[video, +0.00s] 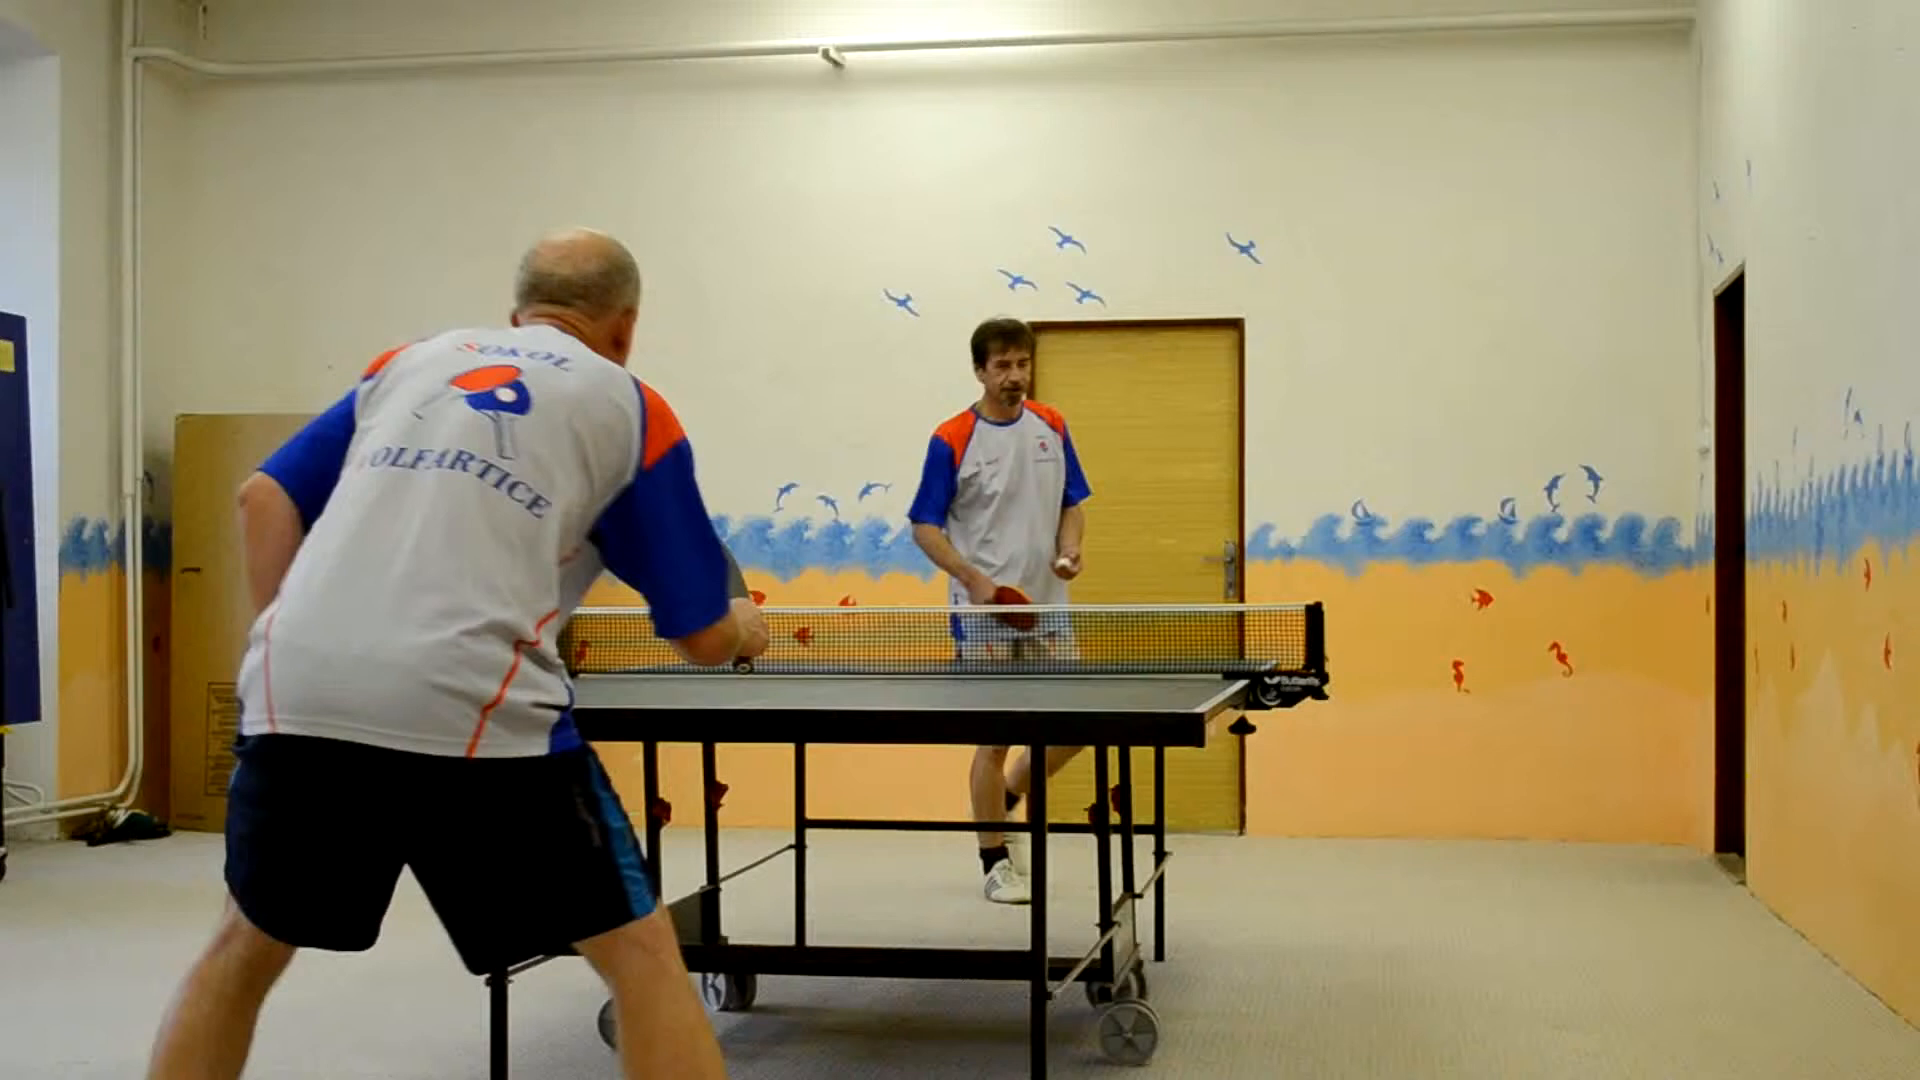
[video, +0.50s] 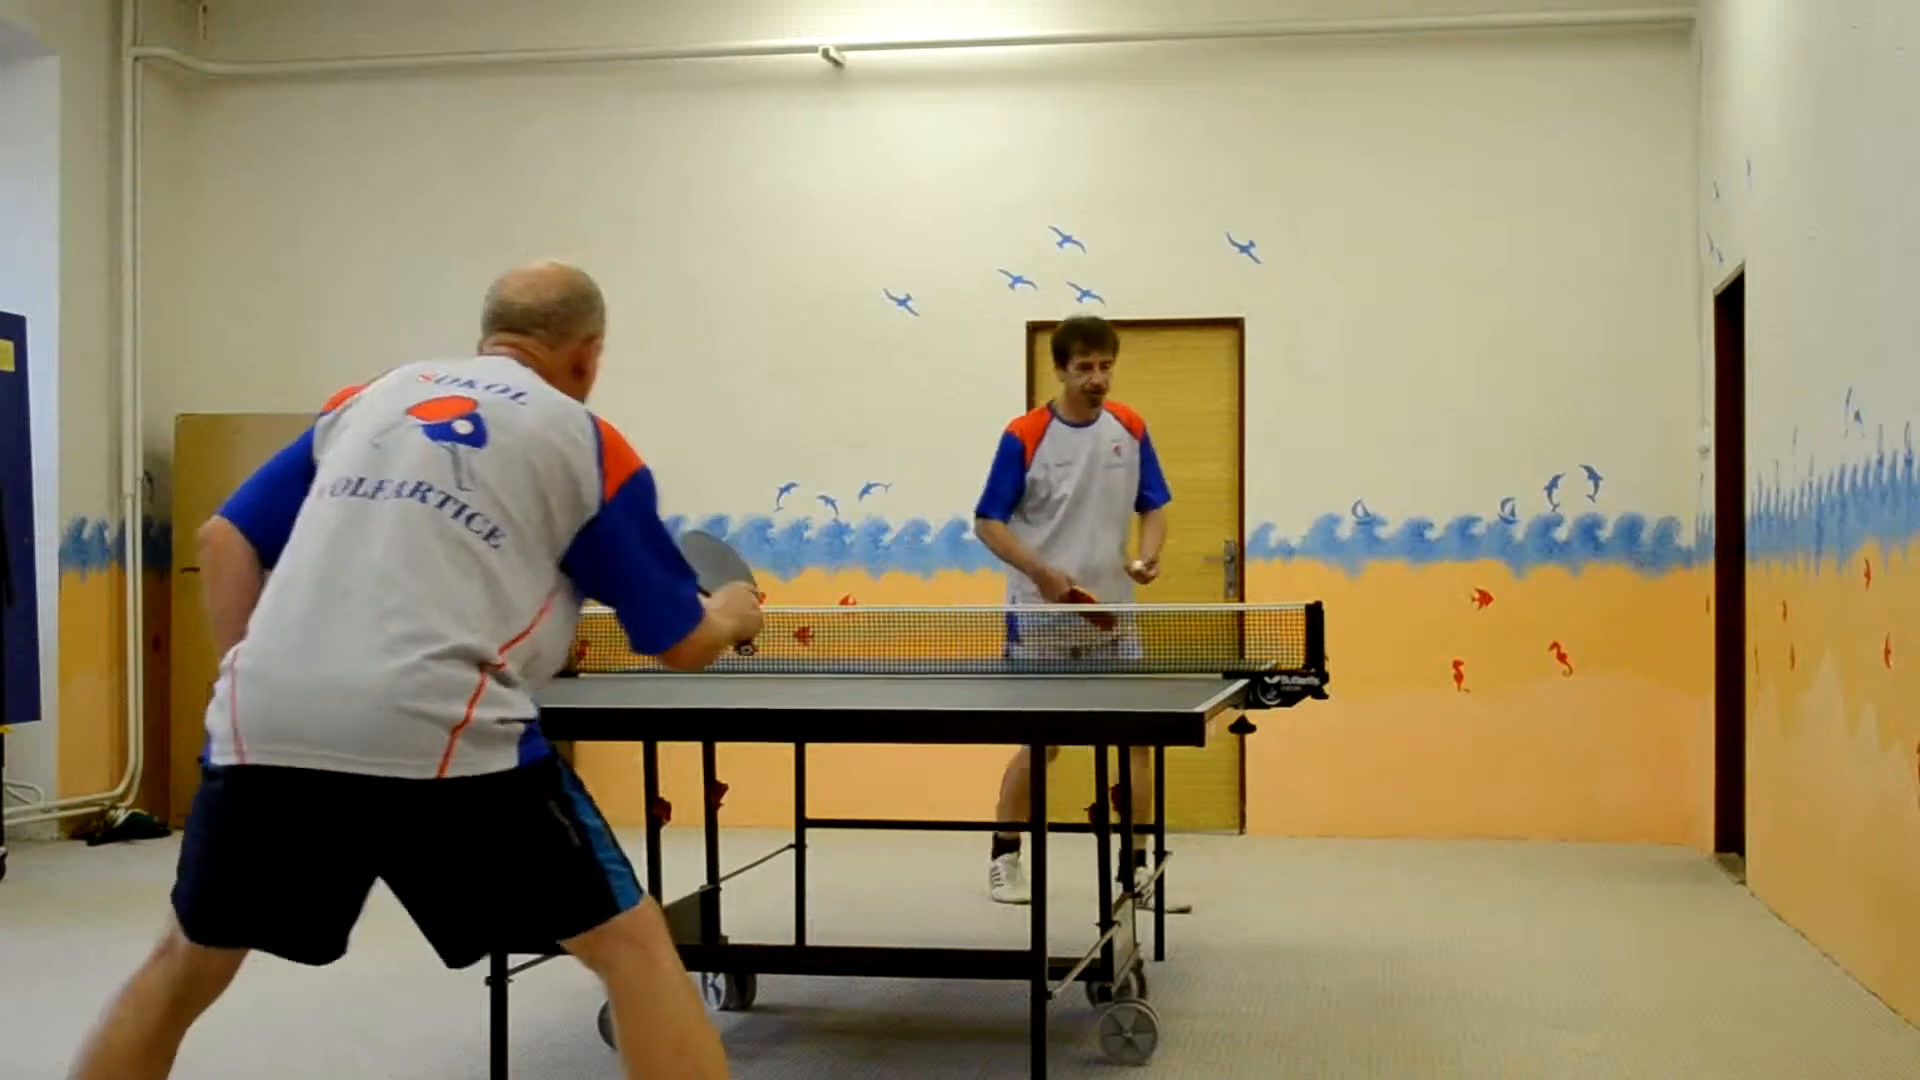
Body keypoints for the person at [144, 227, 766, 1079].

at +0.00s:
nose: (633, 343)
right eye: (634, 329)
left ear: (521, 310)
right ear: (622, 328)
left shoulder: (404, 364)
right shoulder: (630, 408)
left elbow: (269, 494)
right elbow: (707, 635)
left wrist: (288, 651)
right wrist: (742, 627)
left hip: (298, 700)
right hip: (481, 714)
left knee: (242, 948)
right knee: (640, 956)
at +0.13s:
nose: (640, 345)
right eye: (641, 332)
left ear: (529, 313)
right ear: (632, 331)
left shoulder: (415, 368)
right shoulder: (643, 416)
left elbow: (274, 496)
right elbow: (714, 639)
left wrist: (294, 648)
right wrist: (745, 622)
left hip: (309, 700)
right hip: (492, 716)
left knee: (236, 937)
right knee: (651, 959)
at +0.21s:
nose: (648, 352)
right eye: (649, 337)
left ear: (534, 315)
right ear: (639, 335)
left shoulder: (423, 370)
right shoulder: (653, 419)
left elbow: (281, 494)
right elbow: (721, 637)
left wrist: (305, 654)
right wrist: (755, 622)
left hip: (317, 700)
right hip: (501, 715)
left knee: (230, 926)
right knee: (653, 954)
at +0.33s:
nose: (648, 360)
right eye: (650, 347)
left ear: (532, 322)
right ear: (638, 343)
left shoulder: (422, 379)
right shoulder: (652, 429)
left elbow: (280, 505)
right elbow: (725, 633)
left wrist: (300, 670)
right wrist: (761, 616)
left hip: (310, 718)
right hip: (501, 733)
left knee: (207, 943)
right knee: (653, 963)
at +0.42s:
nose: (625, 369)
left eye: (624, 357)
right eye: (628, 356)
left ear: (513, 326)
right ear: (615, 352)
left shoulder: (395, 393)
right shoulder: (625, 441)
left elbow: (257, 532)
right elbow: (708, 638)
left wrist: (273, 690)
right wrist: (748, 615)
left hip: (289, 728)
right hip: (475, 740)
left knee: (190, 963)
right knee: (643, 965)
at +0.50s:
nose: (599, 372)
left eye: (599, 358)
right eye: (601, 360)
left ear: (485, 331)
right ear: (585, 358)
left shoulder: (360, 404)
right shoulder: (590, 447)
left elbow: (228, 539)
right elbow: (679, 641)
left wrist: (252, 695)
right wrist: (726, 614)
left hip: (267, 737)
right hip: (455, 745)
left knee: (180, 967)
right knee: (636, 958)